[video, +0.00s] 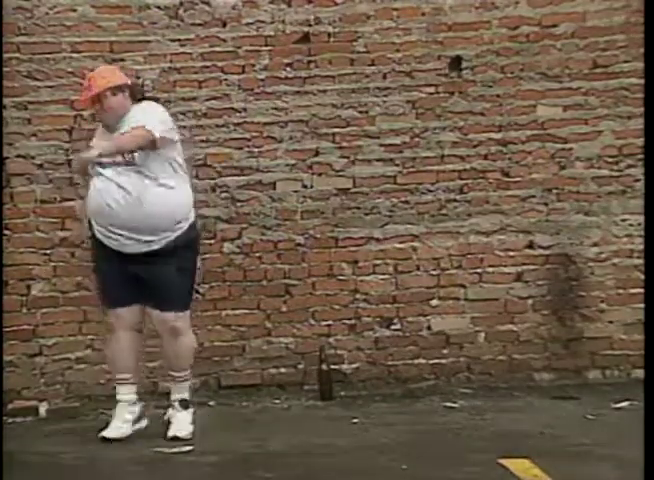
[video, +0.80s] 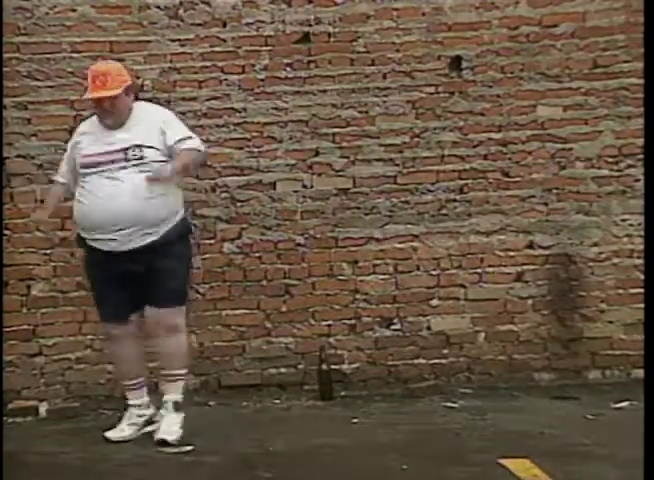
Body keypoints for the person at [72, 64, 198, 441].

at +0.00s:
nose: (95, 109)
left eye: (99, 100)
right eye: (93, 104)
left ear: (121, 94)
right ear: (97, 105)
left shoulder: (150, 113)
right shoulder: (102, 134)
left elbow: (141, 139)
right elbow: (89, 179)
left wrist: (98, 149)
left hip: (168, 240)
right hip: (114, 241)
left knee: (173, 322)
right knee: (122, 322)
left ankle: (181, 406)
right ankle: (127, 405)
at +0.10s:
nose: (95, 130)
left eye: (101, 122)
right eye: (92, 123)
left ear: (123, 116)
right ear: (93, 122)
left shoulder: (146, 130)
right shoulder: (99, 149)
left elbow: (133, 151)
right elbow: (100, 196)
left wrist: (115, 170)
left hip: (165, 257)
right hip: (109, 262)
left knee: (177, 335)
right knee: (117, 336)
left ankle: (180, 410)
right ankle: (133, 412)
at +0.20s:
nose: (99, 139)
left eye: (106, 131)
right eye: (95, 132)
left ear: (124, 122)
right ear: (89, 128)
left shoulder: (147, 140)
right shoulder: (96, 157)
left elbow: (154, 175)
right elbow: (90, 200)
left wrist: (139, 208)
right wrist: (76, 215)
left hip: (162, 259)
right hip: (107, 261)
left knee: (172, 338)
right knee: (113, 338)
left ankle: (181, 408)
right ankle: (133, 414)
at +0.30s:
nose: (99, 122)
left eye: (106, 115)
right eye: (93, 115)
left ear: (123, 105)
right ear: (84, 110)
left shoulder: (149, 130)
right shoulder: (87, 141)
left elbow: (190, 169)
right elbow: (81, 189)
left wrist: (179, 212)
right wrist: (49, 181)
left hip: (155, 246)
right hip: (103, 252)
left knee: (163, 330)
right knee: (115, 332)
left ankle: (181, 404)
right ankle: (132, 410)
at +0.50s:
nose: (105, 109)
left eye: (115, 102)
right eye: (99, 101)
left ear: (131, 101)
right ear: (90, 99)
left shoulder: (150, 125)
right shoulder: (73, 131)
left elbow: (195, 153)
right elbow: (33, 166)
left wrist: (208, 177)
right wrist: (7, 172)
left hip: (160, 230)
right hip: (107, 247)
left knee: (173, 311)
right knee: (122, 335)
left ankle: (223, 382)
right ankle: (145, 414)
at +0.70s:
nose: (107, 114)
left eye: (115, 107)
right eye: (100, 107)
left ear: (130, 103)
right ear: (90, 106)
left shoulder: (153, 130)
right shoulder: (76, 142)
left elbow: (202, 162)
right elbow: (41, 177)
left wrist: (178, 149)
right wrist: (10, 189)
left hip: (161, 242)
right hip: (103, 256)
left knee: (176, 311)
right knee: (116, 337)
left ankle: (206, 390)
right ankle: (144, 414)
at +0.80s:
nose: (102, 104)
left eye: (110, 97)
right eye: (96, 98)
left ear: (130, 92)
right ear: (89, 97)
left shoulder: (157, 118)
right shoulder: (82, 135)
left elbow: (194, 151)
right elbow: (64, 181)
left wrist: (175, 168)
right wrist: (50, 205)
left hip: (162, 241)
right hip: (104, 248)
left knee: (168, 323)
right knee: (120, 330)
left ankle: (172, 410)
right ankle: (139, 408)